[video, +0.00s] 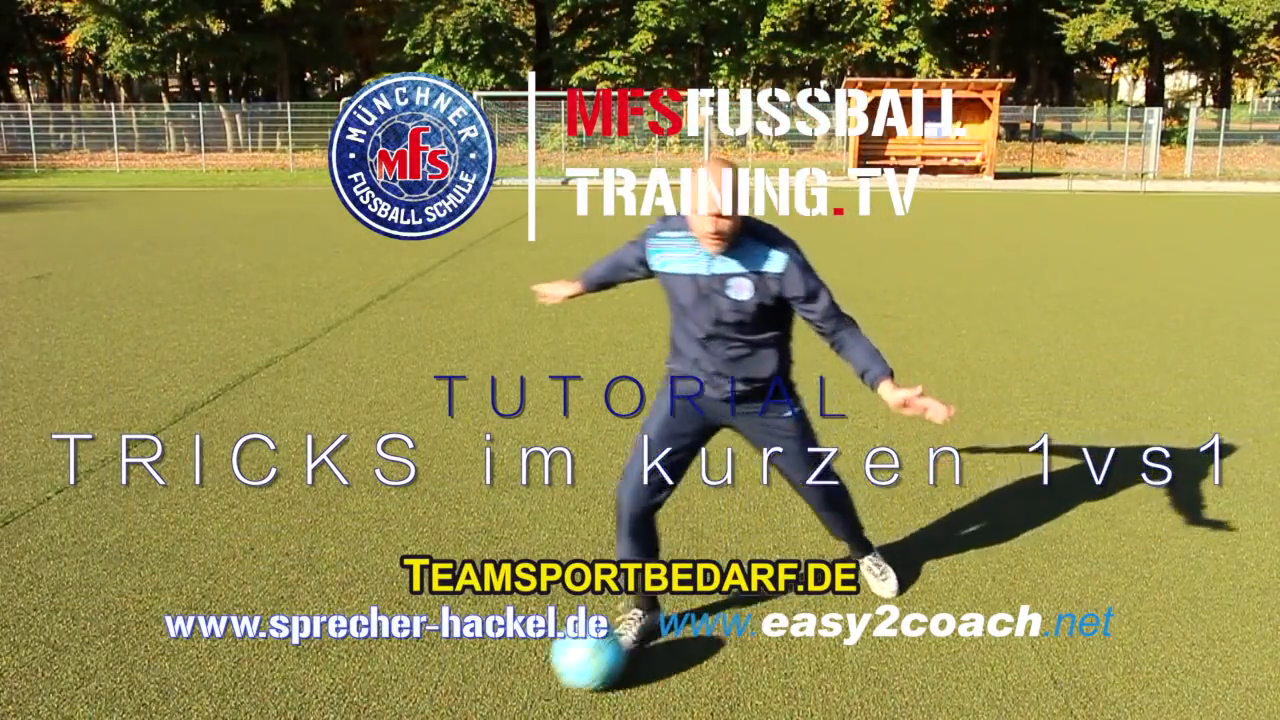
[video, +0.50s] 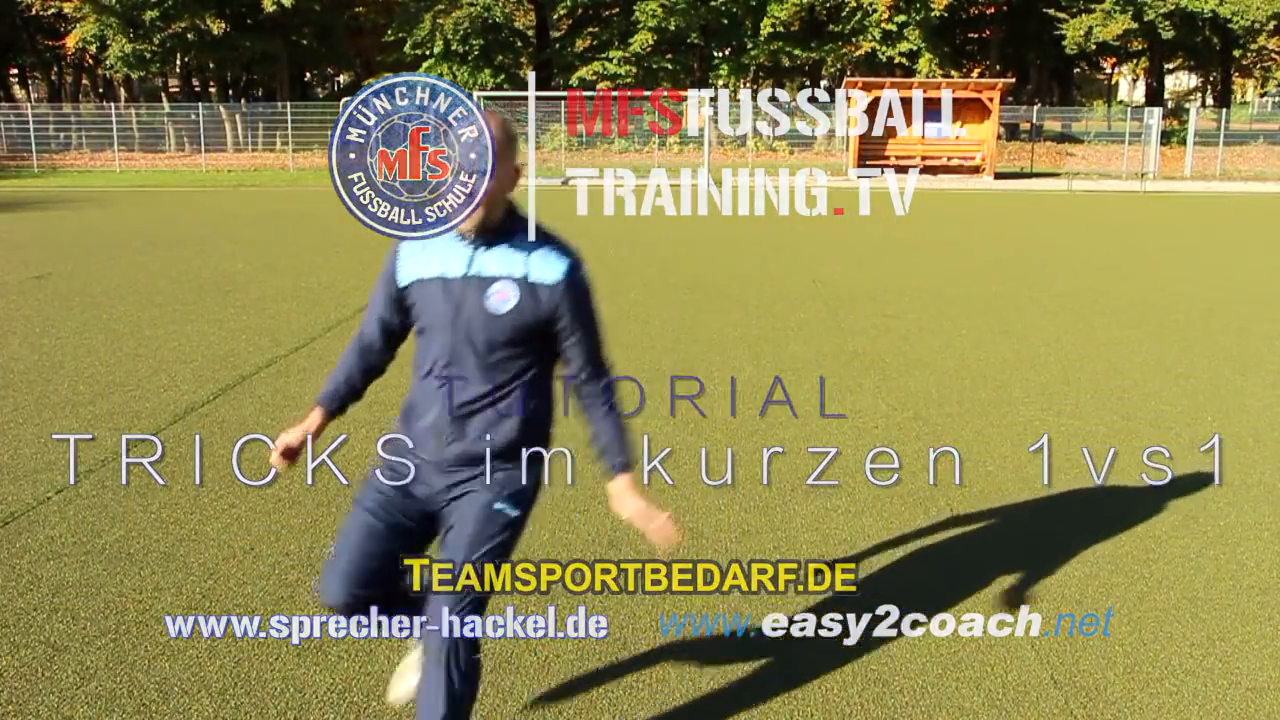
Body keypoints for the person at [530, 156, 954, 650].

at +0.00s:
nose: (716, 226)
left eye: (726, 216)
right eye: (706, 216)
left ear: (742, 208)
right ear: (688, 207)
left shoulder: (776, 254)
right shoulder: (662, 240)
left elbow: (833, 323)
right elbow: (621, 264)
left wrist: (886, 385)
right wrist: (577, 284)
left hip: (764, 395)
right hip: (688, 391)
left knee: (821, 488)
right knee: (632, 501)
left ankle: (865, 554)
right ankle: (644, 611)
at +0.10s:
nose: (673, 211)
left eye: (683, 200)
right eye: (664, 199)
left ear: (702, 198)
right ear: (648, 196)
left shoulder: (742, 249)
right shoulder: (623, 242)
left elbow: (812, 309)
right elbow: (574, 275)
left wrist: (882, 362)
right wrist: (523, 301)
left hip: (735, 405)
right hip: (658, 402)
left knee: (787, 500)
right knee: (614, 515)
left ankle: (844, 557)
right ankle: (642, 610)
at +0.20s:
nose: (617, 188)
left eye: (629, 175)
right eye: (606, 175)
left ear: (653, 170)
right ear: (589, 171)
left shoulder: (695, 229)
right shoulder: (567, 232)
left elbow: (773, 283)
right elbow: (514, 278)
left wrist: (850, 329)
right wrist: (455, 317)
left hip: (686, 402)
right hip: (609, 404)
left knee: (711, 530)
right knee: (595, 527)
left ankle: (734, 586)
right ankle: (636, 607)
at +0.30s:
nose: (571, 149)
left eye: (583, 138)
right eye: (560, 137)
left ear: (604, 136)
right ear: (544, 137)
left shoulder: (651, 198)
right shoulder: (524, 201)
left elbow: (722, 266)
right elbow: (468, 262)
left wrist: (793, 324)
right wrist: (415, 314)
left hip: (625, 389)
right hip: (550, 390)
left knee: (612, 533)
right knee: (549, 531)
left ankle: (593, 661)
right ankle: (610, 564)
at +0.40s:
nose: (522, 146)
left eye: (537, 133)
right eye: (510, 133)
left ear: (563, 138)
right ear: (492, 137)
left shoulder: (606, 215)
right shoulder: (472, 208)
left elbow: (664, 305)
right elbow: (417, 287)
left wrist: (716, 379)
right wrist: (363, 351)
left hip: (562, 413)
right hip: (485, 409)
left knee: (523, 567)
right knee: (461, 556)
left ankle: (485, 712)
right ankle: (540, 576)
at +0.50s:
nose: (472, 183)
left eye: (487, 168)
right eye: (461, 167)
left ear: (514, 175)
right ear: (444, 171)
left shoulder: (551, 267)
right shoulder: (415, 253)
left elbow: (591, 380)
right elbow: (371, 342)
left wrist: (621, 479)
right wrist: (317, 415)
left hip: (495, 473)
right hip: (411, 460)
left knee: (450, 620)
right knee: (345, 590)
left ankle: (439, 712)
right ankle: (441, 620)